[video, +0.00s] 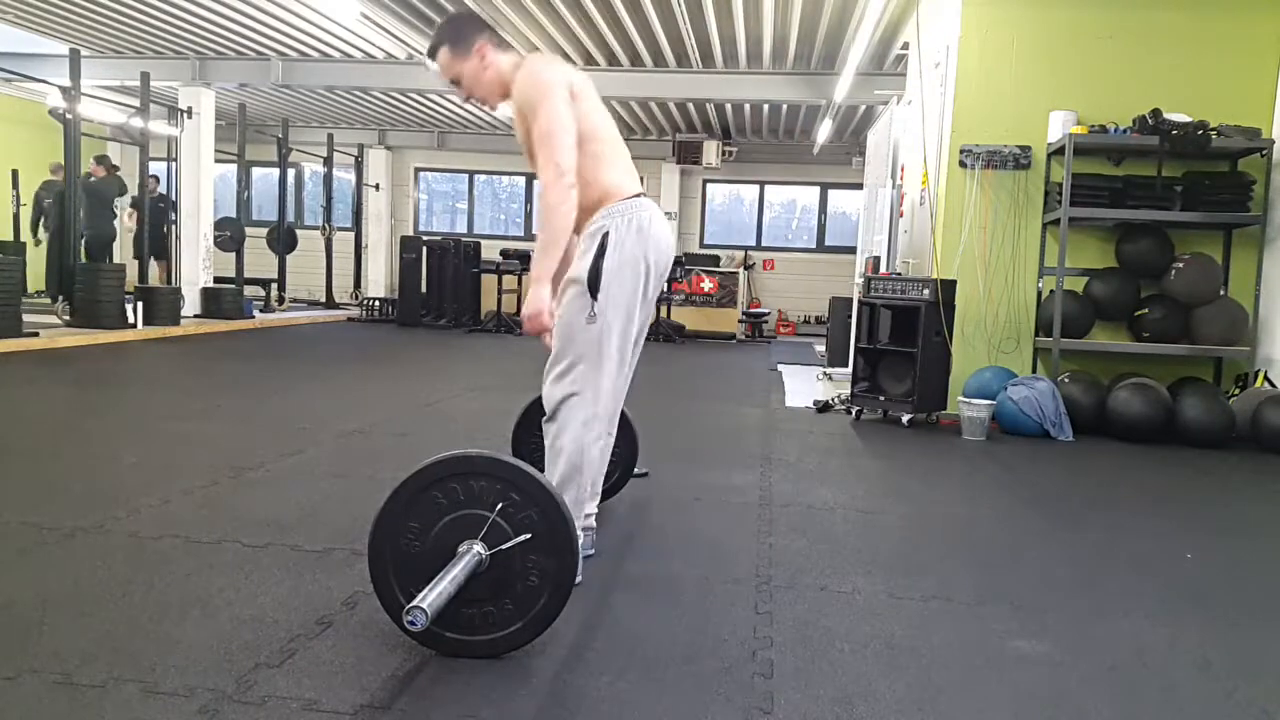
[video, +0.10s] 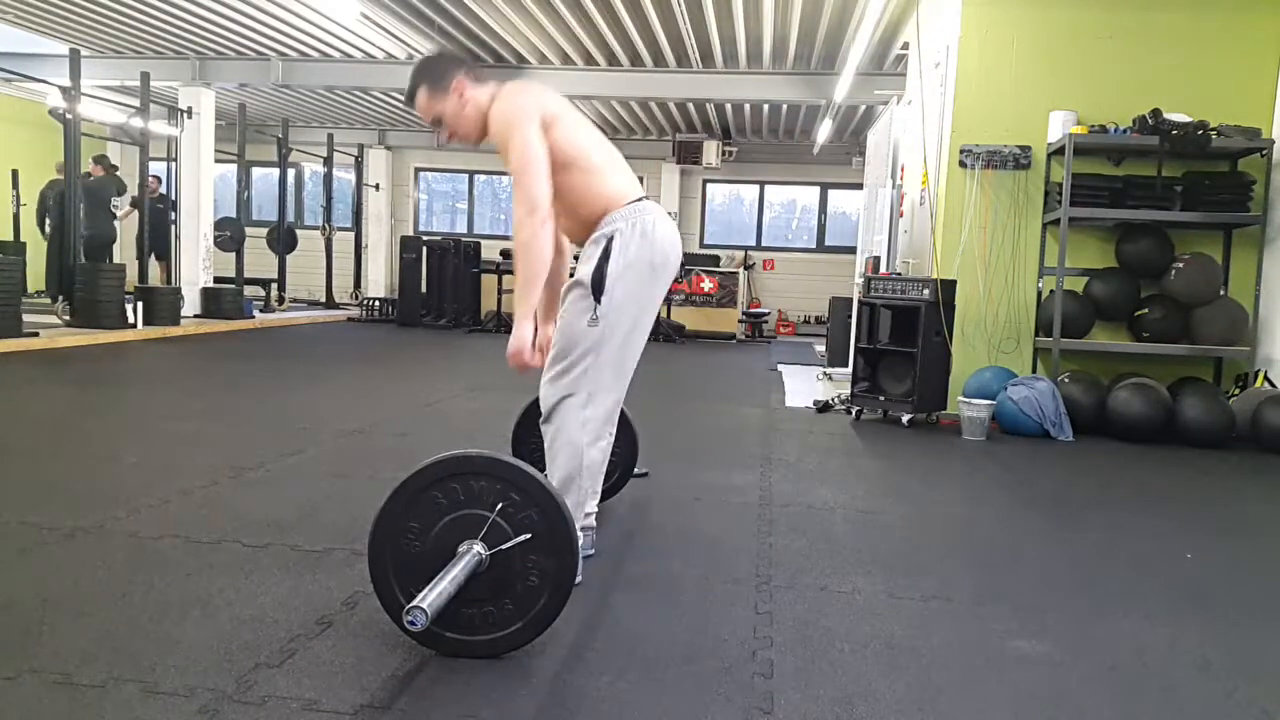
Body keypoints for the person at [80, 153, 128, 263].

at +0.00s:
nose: (90, 167)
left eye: (92, 164)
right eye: (90, 164)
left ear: (101, 167)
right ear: (106, 167)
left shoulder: (90, 185)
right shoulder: (115, 181)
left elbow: (81, 183)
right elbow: (123, 191)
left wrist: (88, 174)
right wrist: (114, 174)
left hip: (93, 229)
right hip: (109, 228)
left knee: (94, 266)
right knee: (105, 265)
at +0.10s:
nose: (89, 167)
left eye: (91, 164)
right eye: (89, 164)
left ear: (99, 167)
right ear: (103, 167)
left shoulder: (88, 184)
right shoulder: (115, 181)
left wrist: (85, 175)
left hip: (92, 229)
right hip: (109, 228)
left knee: (92, 266)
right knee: (104, 266)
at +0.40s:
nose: (89, 169)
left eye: (91, 166)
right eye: (90, 166)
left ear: (96, 167)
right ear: (108, 167)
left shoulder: (86, 184)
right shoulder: (119, 185)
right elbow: (120, 209)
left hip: (93, 231)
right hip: (114, 233)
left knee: (91, 270)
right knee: (107, 269)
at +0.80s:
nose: (94, 170)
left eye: (94, 168)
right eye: (94, 168)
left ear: (96, 169)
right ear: (111, 169)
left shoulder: (86, 186)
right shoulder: (121, 186)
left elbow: (79, 211)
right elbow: (126, 212)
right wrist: (127, 230)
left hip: (94, 232)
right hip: (119, 233)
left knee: (88, 271)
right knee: (108, 270)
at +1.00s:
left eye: (97, 169)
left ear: (97, 170)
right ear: (112, 169)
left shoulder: (88, 186)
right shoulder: (122, 187)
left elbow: (79, 211)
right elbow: (130, 213)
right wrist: (128, 231)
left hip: (97, 234)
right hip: (121, 234)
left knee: (90, 272)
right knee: (111, 271)